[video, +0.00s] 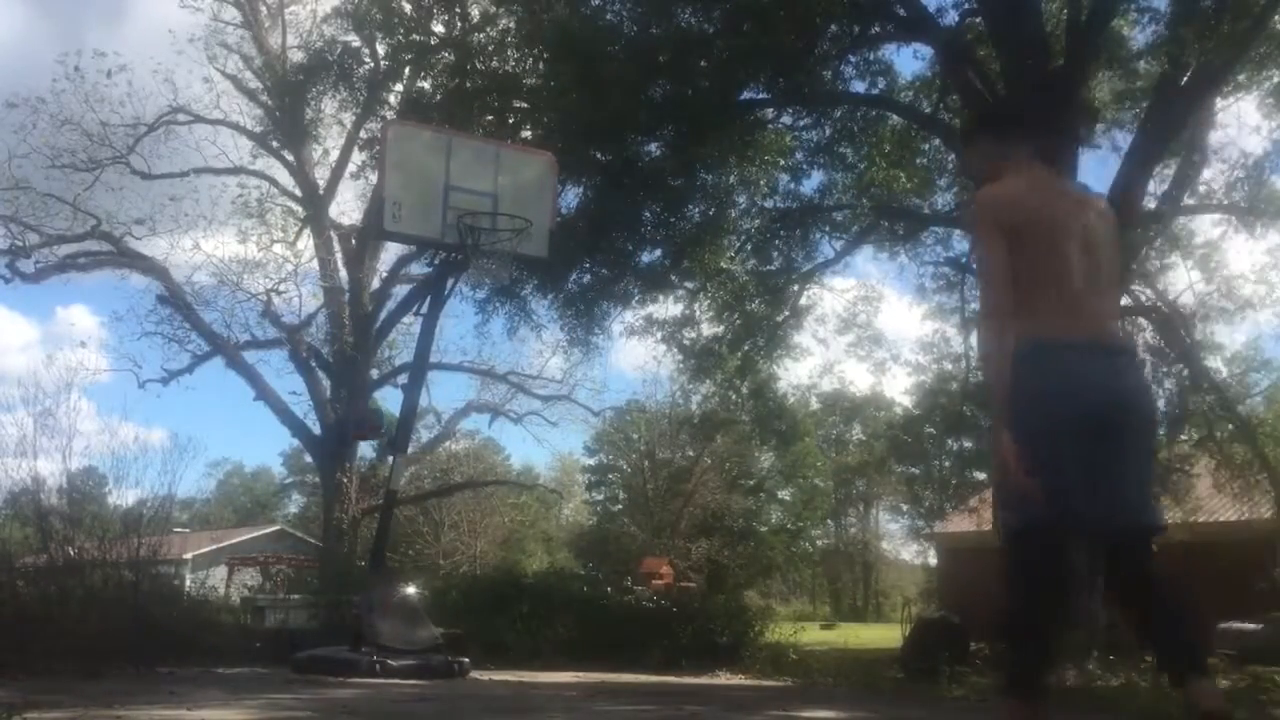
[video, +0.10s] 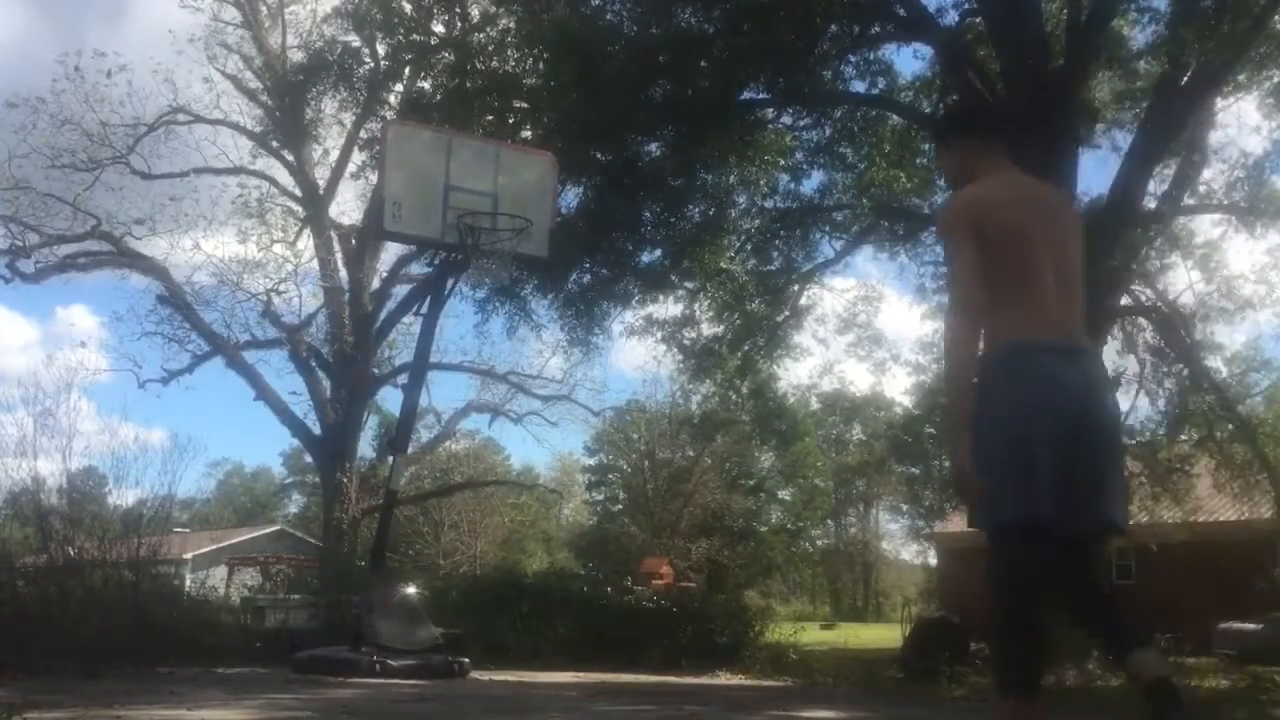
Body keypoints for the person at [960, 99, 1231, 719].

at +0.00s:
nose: (972, 178)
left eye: (974, 164)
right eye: (969, 165)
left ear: (998, 155)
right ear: (1040, 153)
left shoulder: (992, 203)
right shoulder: (1096, 206)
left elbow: (997, 316)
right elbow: (1106, 305)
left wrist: (1001, 423)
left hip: (1040, 374)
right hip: (1116, 372)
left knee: (1036, 547)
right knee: (1127, 546)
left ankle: (1025, 693)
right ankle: (1197, 685)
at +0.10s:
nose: (941, 170)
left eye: (943, 157)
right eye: (939, 158)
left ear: (964, 151)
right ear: (1001, 145)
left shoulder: (964, 206)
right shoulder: (1060, 202)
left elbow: (965, 321)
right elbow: (1072, 312)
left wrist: (959, 433)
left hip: (1015, 383)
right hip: (1083, 381)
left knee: (1014, 555)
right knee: (1074, 559)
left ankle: (1018, 701)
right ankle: (1152, 675)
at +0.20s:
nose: (922, 176)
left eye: (923, 164)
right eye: (920, 164)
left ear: (941, 156)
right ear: (981, 150)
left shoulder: (943, 209)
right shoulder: (1037, 209)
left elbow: (935, 312)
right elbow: (1046, 307)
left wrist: (921, 398)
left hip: (991, 379)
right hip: (1053, 379)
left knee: (997, 539)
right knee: (1046, 533)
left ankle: (1011, 690)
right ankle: (1080, 662)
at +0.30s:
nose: (904, 179)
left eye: (905, 168)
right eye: (904, 168)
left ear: (919, 159)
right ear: (957, 155)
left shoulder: (922, 214)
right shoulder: (1011, 213)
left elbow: (906, 326)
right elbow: (1027, 314)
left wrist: (884, 435)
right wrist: (1024, 378)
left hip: (967, 385)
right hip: (1027, 384)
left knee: (976, 541)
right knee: (990, 532)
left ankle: (1007, 694)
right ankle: (1010, 681)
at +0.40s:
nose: (881, 180)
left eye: (884, 169)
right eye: (881, 170)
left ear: (902, 164)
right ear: (937, 161)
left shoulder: (901, 223)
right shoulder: (988, 228)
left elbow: (882, 337)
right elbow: (1006, 326)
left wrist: (853, 434)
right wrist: (1007, 390)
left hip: (945, 392)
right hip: (1001, 392)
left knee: (947, 544)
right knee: (965, 537)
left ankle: (991, 687)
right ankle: (927, 675)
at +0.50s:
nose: (859, 195)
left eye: (862, 184)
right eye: (861, 184)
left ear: (873, 181)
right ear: (915, 177)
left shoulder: (872, 239)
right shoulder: (956, 237)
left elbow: (862, 347)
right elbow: (985, 333)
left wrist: (834, 442)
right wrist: (991, 402)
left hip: (915, 399)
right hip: (971, 397)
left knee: (941, 544)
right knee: (928, 544)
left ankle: (985, 683)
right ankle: (898, 685)